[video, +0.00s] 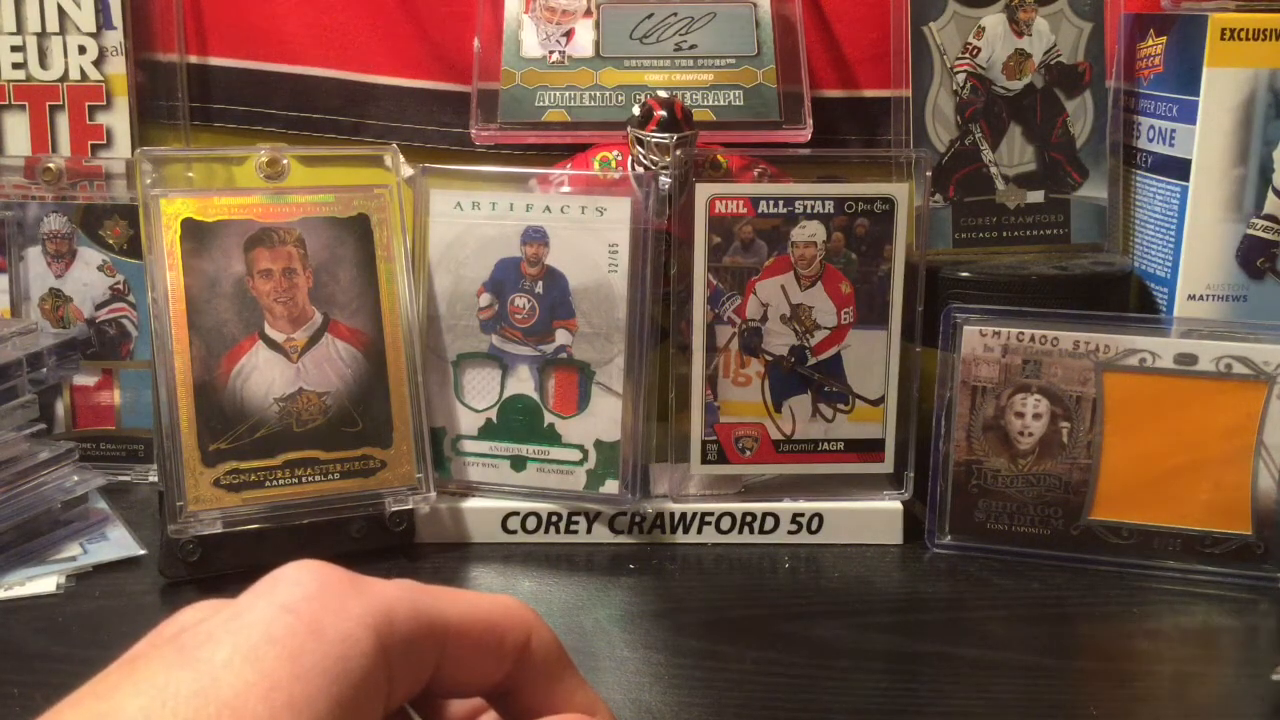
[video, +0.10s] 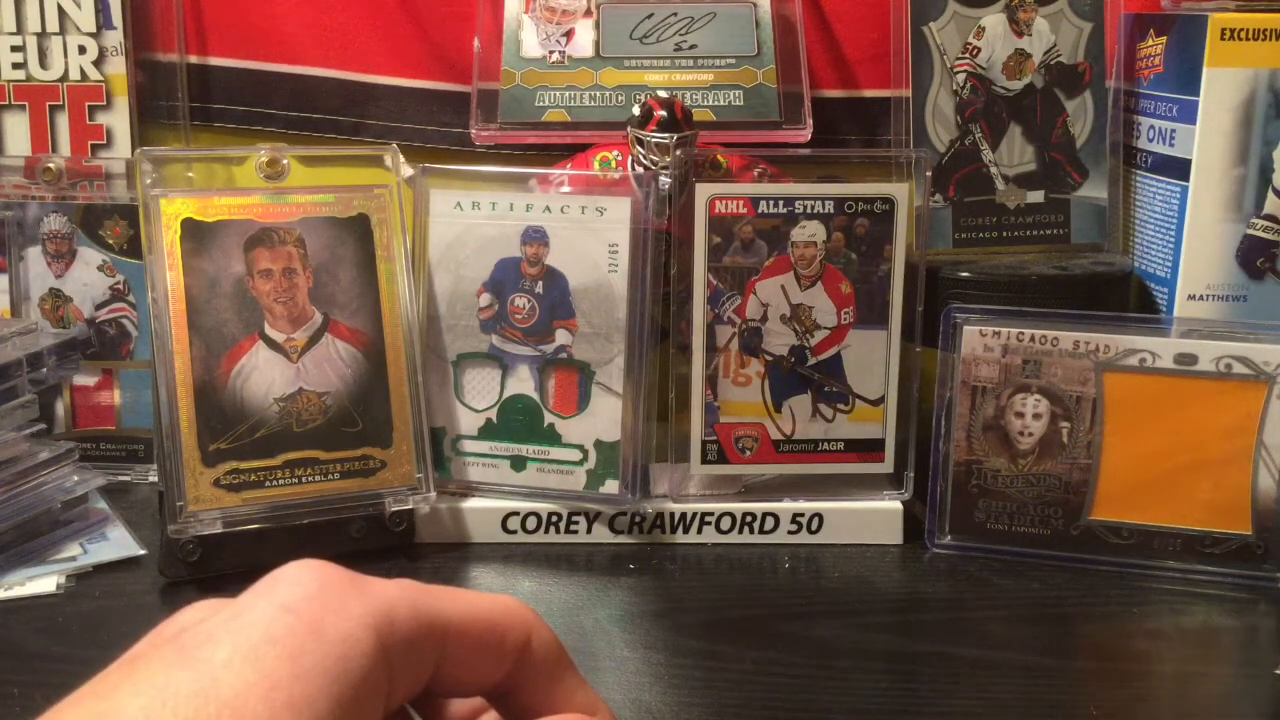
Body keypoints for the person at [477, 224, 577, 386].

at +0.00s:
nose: (534, 251)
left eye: (540, 247)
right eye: (530, 246)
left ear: (546, 250)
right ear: (522, 248)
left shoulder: (557, 280)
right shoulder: (504, 268)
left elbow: (565, 321)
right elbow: (487, 293)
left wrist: (562, 350)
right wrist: (487, 317)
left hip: (542, 353)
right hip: (503, 349)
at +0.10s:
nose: (534, 251)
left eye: (540, 246)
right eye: (530, 246)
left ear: (546, 250)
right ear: (522, 248)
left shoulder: (557, 280)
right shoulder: (504, 268)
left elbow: (565, 320)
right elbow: (487, 293)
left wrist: (562, 350)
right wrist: (487, 316)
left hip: (542, 354)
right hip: (503, 350)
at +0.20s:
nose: (534, 251)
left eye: (540, 247)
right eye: (530, 246)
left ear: (546, 250)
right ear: (522, 248)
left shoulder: (557, 280)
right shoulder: (504, 268)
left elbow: (565, 321)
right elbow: (487, 293)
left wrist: (562, 350)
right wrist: (487, 318)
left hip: (542, 353)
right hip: (503, 349)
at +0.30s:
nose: (534, 251)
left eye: (540, 247)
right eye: (530, 246)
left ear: (546, 250)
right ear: (522, 248)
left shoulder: (557, 280)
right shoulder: (504, 268)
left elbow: (565, 321)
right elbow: (487, 293)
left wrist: (562, 350)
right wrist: (487, 317)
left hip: (542, 353)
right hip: (503, 349)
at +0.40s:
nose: (534, 251)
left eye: (540, 247)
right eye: (530, 246)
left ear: (546, 250)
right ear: (522, 248)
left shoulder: (557, 280)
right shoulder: (504, 268)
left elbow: (565, 320)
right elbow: (487, 293)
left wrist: (562, 349)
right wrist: (487, 318)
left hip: (542, 353)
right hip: (503, 349)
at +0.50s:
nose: (535, 251)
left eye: (540, 247)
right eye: (530, 246)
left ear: (546, 250)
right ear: (522, 248)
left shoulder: (557, 280)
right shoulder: (504, 268)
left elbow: (565, 321)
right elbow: (486, 293)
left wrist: (562, 351)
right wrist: (487, 319)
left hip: (542, 352)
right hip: (503, 348)